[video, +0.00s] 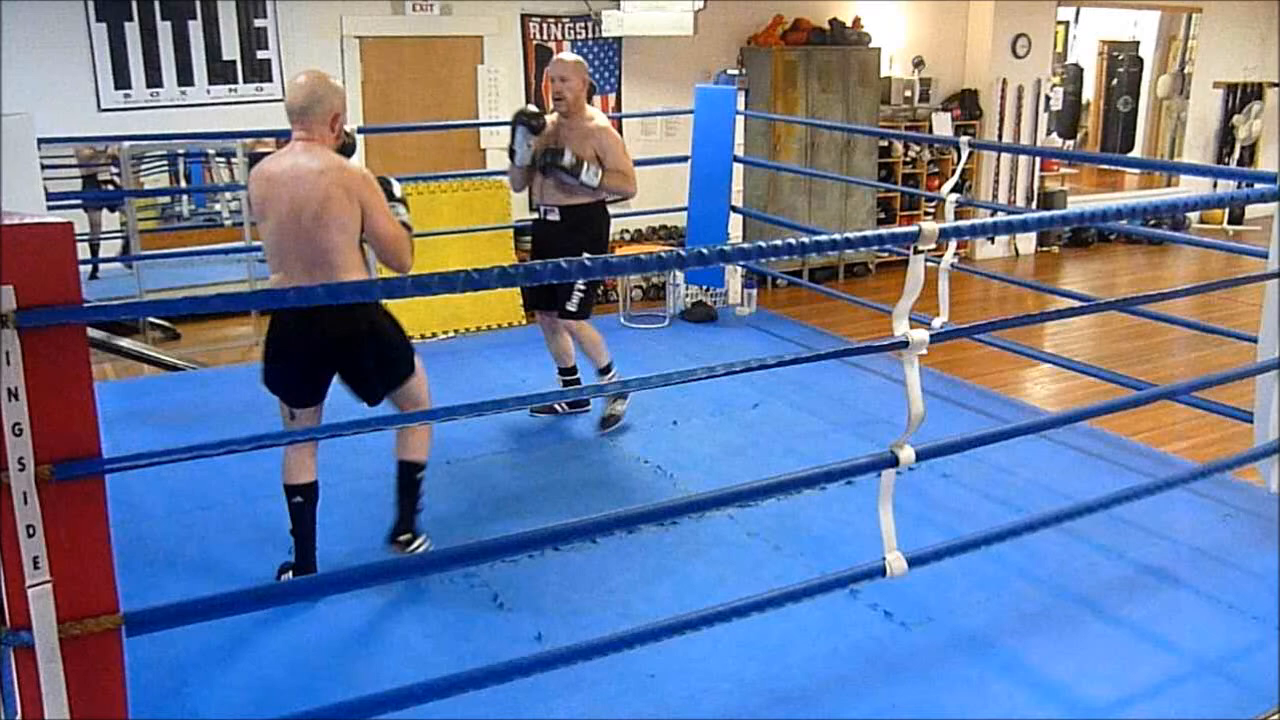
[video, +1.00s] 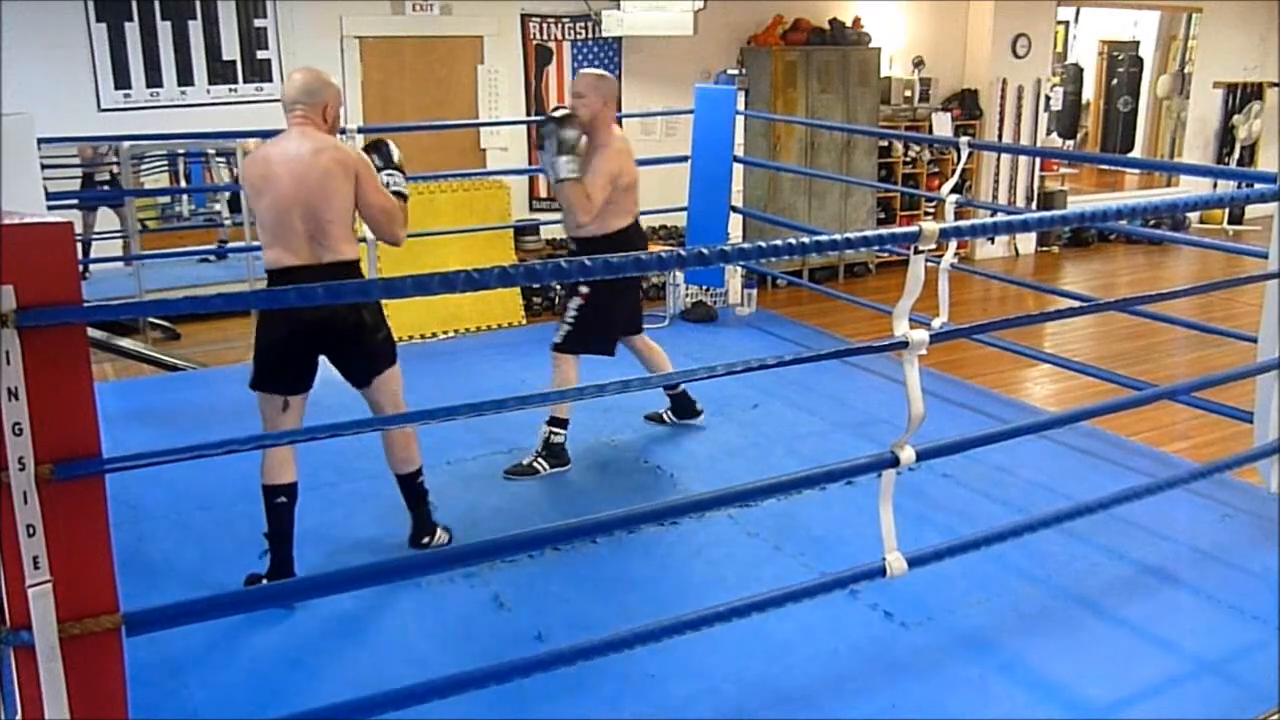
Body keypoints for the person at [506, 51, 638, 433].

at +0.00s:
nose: (554, 88)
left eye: (563, 80)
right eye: (550, 80)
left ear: (584, 84)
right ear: (544, 84)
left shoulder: (600, 132)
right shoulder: (543, 128)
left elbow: (626, 185)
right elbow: (517, 184)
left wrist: (576, 168)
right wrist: (522, 142)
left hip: (585, 223)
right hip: (546, 223)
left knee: (572, 316)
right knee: (546, 315)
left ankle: (614, 387)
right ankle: (572, 392)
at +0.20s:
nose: (542, 91)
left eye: (549, 84)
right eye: (538, 84)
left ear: (571, 86)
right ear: (534, 86)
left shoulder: (587, 127)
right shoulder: (533, 129)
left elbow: (584, 184)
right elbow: (501, 177)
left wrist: (569, 127)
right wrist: (506, 131)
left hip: (575, 226)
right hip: (536, 227)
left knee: (563, 326)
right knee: (539, 319)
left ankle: (572, 418)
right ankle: (571, 390)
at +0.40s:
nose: (528, 102)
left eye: (536, 94)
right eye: (526, 94)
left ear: (560, 98)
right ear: (526, 98)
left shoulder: (570, 137)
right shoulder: (529, 138)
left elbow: (543, 168)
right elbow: (512, 187)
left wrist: (530, 125)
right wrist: (502, 150)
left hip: (566, 244)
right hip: (536, 243)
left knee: (542, 346)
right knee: (548, 324)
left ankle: (550, 444)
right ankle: (572, 387)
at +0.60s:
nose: (511, 102)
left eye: (519, 93)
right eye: (510, 94)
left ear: (549, 98)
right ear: (544, 100)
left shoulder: (545, 139)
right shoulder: (558, 131)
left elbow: (518, 178)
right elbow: (537, 176)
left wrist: (472, 153)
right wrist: (501, 159)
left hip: (561, 253)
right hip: (582, 242)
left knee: (536, 350)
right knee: (579, 329)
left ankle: (552, 446)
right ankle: (598, 397)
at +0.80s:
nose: (527, 100)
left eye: (534, 92)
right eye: (526, 92)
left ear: (561, 98)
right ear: (556, 98)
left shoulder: (566, 147)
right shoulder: (561, 134)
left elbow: (564, 222)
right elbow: (549, 180)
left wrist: (519, 187)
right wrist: (520, 168)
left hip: (581, 250)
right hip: (597, 239)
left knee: (541, 348)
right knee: (609, 324)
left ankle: (552, 447)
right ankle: (653, 392)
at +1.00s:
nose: (570, 104)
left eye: (579, 97)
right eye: (571, 97)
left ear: (606, 104)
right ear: (599, 106)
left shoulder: (610, 151)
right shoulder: (596, 143)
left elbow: (582, 213)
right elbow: (570, 197)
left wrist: (559, 162)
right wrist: (559, 146)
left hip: (608, 256)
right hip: (618, 250)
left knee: (564, 351)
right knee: (632, 336)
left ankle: (554, 447)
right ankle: (682, 402)